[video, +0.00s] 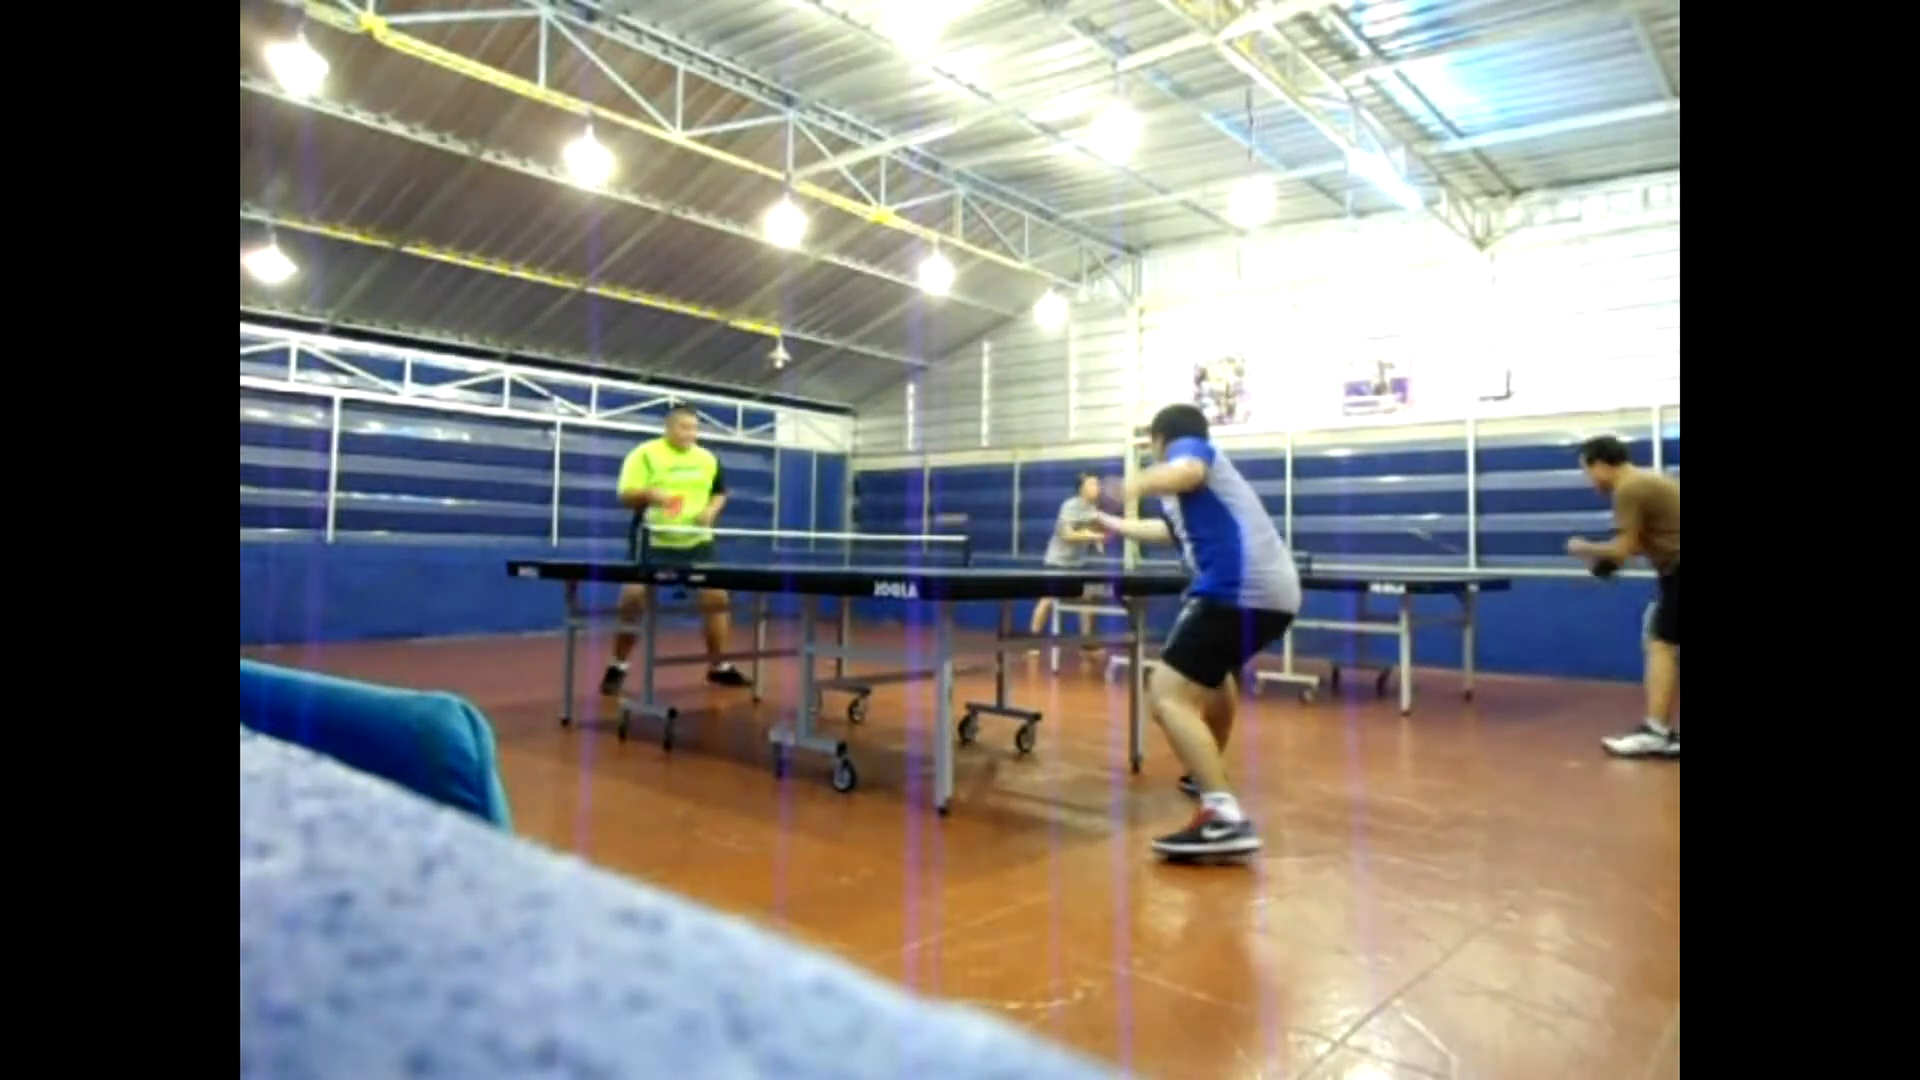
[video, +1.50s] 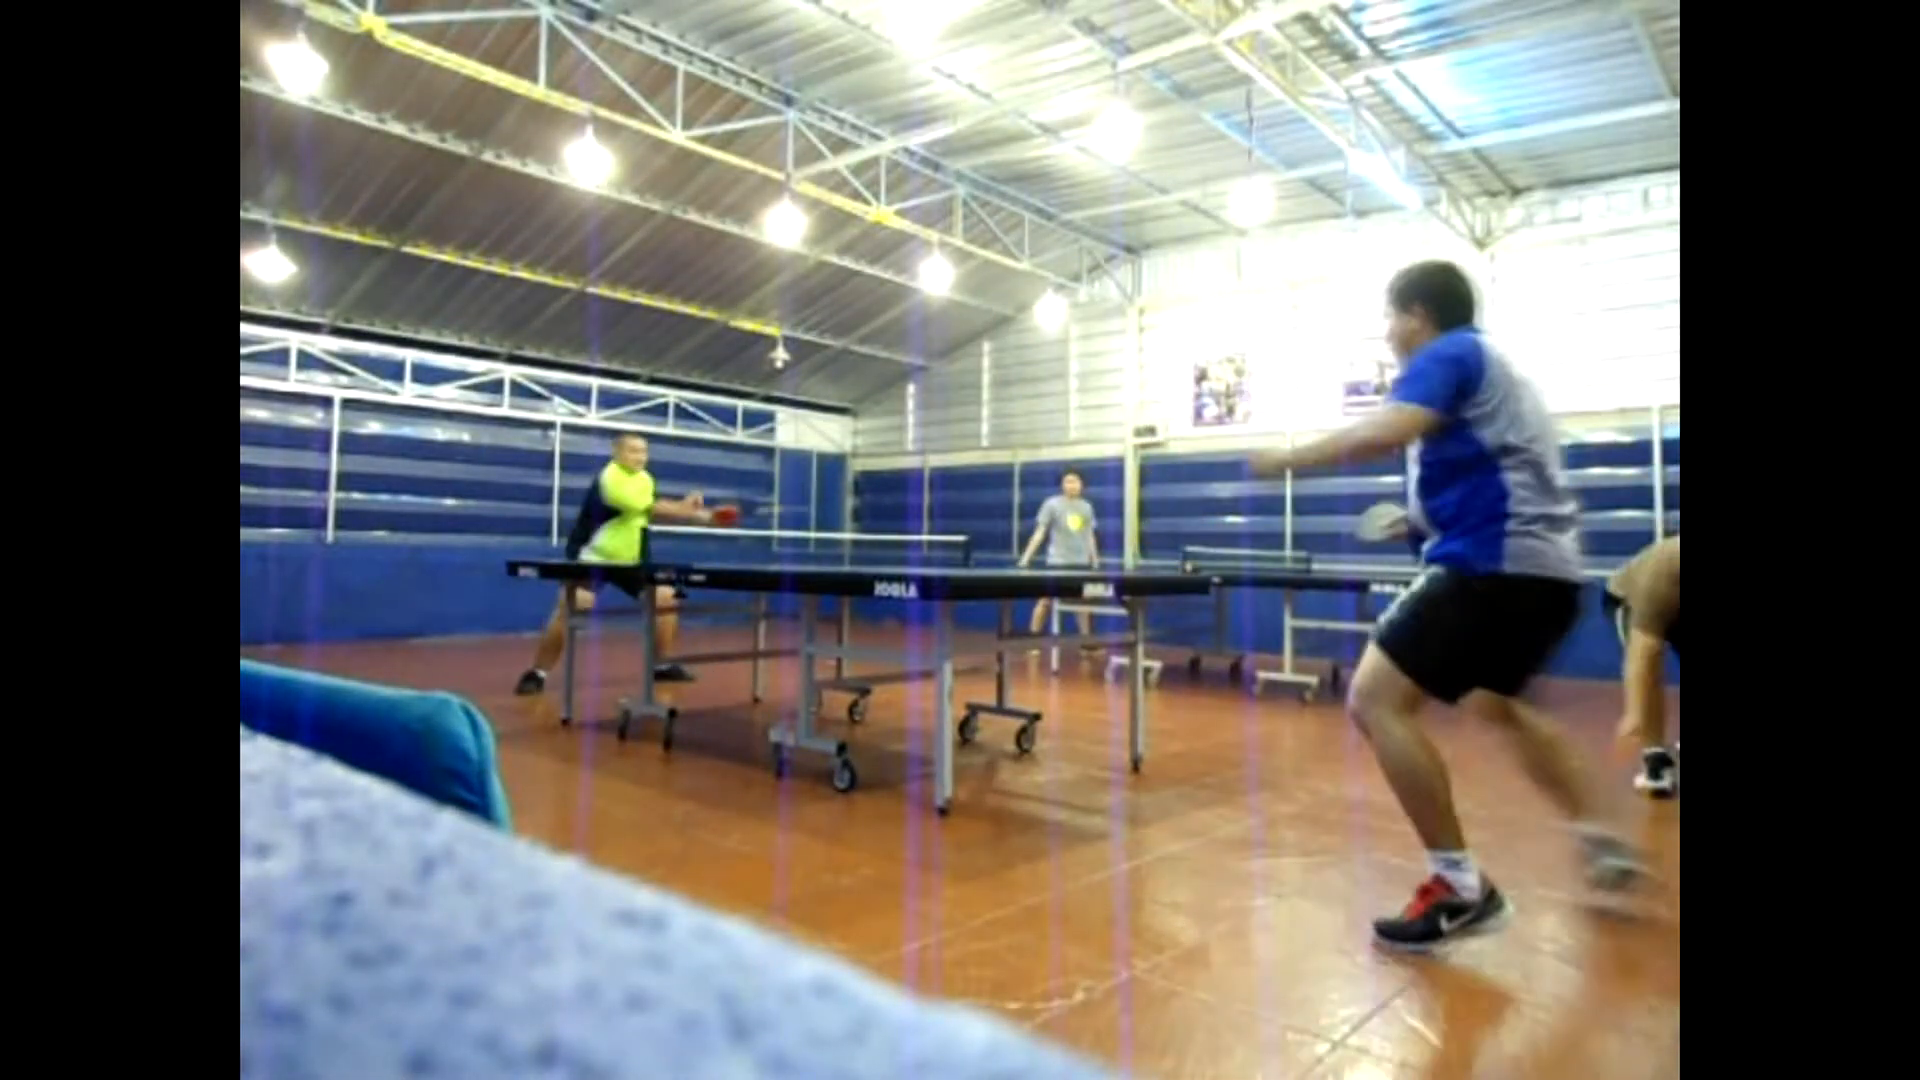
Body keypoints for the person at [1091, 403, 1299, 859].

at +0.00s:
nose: (1151, 451)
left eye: (1153, 444)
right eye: (1151, 446)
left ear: (1166, 438)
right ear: (1198, 435)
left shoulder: (1190, 446)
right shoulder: (1207, 473)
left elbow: (1187, 474)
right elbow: (1166, 529)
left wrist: (1128, 488)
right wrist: (1109, 522)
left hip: (1238, 591)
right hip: (1271, 594)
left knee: (1167, 695)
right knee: (1215, 679)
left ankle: (1221, 811)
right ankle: (1206, 772)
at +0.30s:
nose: (1183, 428)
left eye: (1187, 417)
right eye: (1185, 417)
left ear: (1204, 416)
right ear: (1233, 414)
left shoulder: (1228, 443)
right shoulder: (1262, 456)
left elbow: (1215, 482)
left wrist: (1133, 519)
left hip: (1257, 601)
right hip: (1286, 604)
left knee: (1206, 710)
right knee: (1219, 678)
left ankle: (1296, 833)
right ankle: (1220, 766)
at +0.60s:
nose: (1233, 399)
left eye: (1237, 387)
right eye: (1233, 388)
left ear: (1258, 382)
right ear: (1289, 380)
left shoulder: (1272, 410)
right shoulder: (1326, 424)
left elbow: (1246, 474)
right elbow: (1319, 515)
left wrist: (1167, 526)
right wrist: (1242, 516)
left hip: (1301, 585)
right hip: (1357, 590)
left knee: (1240, 697)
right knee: (1312, 691)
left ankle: (1315, 856)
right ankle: (1369, 806)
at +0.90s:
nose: (1251, 449)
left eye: (1252, 438)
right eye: (1248, 441)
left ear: (1276, 427)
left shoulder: (1345, 441)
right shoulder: (1292, 501)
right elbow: (1292, 572)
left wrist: (1188, 479)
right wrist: (1297, 615)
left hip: (1436, 603)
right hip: (1387, 609)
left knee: (1339, 690)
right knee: (1334, 695)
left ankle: (1345, 867)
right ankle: (1385, 809)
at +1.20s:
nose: (1328, 404)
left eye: (1333, 391)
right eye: (1329, 394)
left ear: (1359, 390)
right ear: (1368, 391)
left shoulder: (1417, 441)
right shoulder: (1373, 443)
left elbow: (1345, 494)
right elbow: (1307, 451)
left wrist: (1232, 499)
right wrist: (1243, 408)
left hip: (1447, 626)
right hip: (1422, 619)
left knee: (1334, 734)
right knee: (1358, 700)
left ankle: (1453, 887)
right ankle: (1384, 808)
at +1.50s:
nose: (1390, 334)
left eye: (1394, 319)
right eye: (1390, 321)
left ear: (1418, 316)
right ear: (1459, 314)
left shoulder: (1449, 357)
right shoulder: (1498, 371)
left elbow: (1393, 431)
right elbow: (1498, 482)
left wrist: (1288, 460)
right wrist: (1420, 518)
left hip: (1489, 569)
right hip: (1550, 573)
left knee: (1377, 702)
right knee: (1498, 705)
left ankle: (1459, 886)